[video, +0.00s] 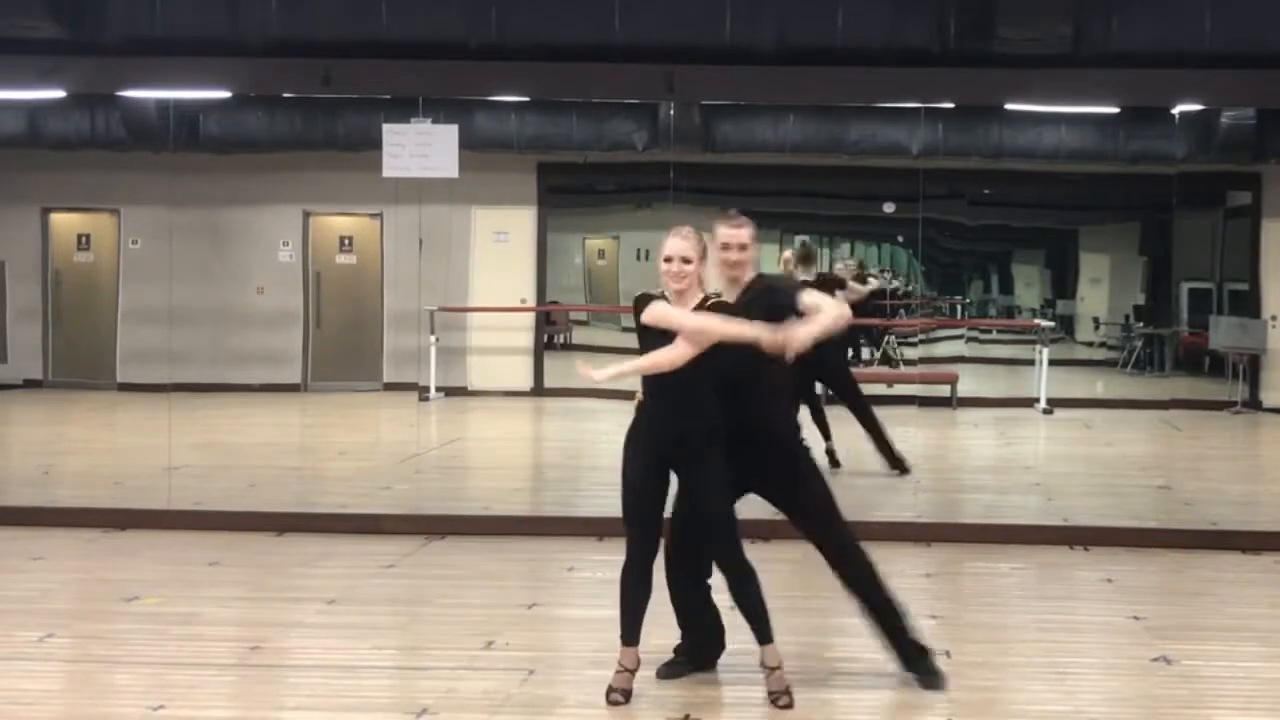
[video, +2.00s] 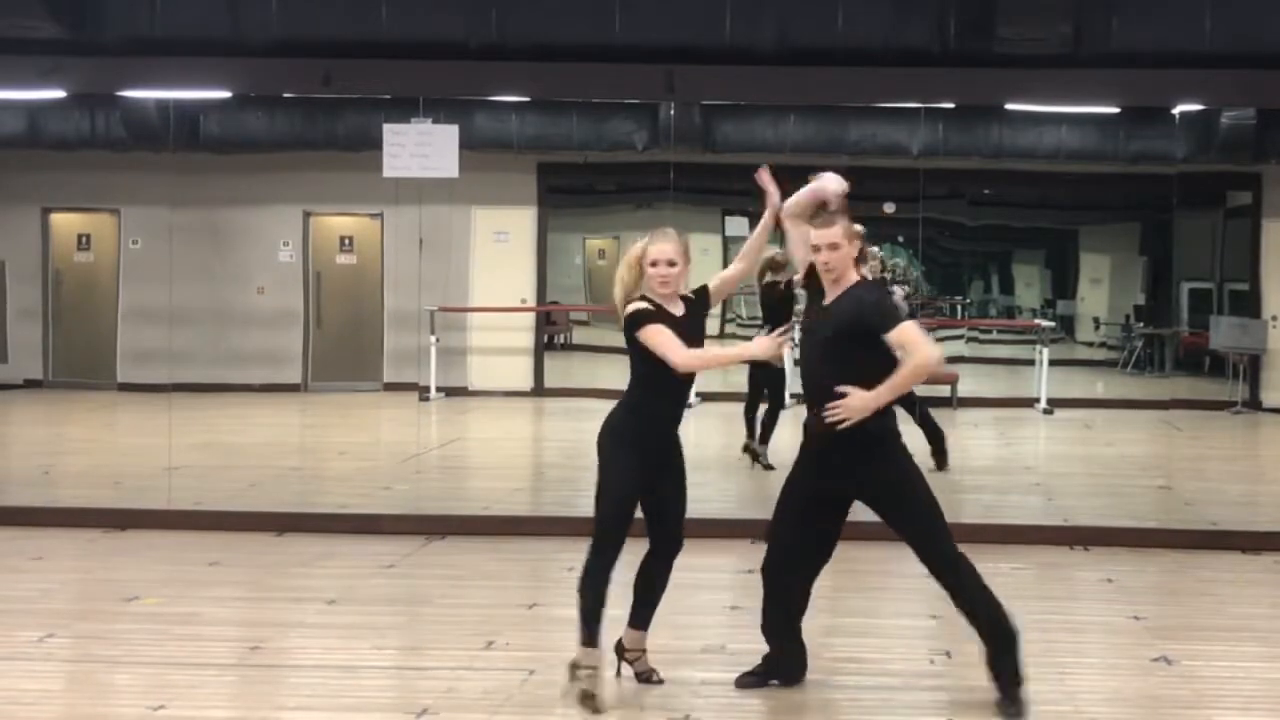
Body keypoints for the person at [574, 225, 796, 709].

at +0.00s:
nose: (676, 269)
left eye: (686, 261)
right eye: (669, 260)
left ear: (701, 265)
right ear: (658, 265)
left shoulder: (718, 312)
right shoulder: (646, 305)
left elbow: (677, 357)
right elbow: (690, 325)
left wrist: (612, 370)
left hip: (701, 444)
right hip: (648, 441)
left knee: (728, 553)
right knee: (640, 551)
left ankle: (770, 657)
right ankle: (627, 657)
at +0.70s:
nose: (704, 264)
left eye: (704, 257)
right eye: (695, 257)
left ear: (694, 268)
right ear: (664, 265)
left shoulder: (711, 304)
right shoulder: (636, 320)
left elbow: (724, 365)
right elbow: (678, 366)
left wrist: (672, 399)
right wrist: (748, 380)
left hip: (695, 443)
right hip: (642, 443)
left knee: (718, 554)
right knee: (636, 551)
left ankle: (760, 655)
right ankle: (624, 657)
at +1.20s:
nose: (680, 274)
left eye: (679, 267)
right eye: (674, 266)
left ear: (651, 270)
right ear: (646, 269)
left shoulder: (670, 318)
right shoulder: (620, 322)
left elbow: (687, 374)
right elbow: (656, 385)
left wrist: (693, 406)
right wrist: (733, 397)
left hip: (667, 450)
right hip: (621, 453)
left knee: (702, 554)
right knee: (627, 557)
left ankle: (738, 657)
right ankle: (613, 660)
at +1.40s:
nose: (680, 266)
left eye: (679, 258)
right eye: (675, 258)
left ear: (641, 262)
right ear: (652, 262)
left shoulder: (622, 309)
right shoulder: (660, 314)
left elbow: (595, 339)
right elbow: (710, 367)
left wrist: (629, 361)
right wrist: (776, 341)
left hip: (632, 440)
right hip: (640, 447)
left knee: (677, 538)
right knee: (637, 551)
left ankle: (633, 640)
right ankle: (601, 658)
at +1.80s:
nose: (694, 270)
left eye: (693, 262)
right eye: (689, 262)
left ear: (656, 268)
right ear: (666, 267)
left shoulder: (633, 313)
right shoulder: (674, 316)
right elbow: (731, 365)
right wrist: (787, 351)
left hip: (627, 440)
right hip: (668, 445)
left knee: (633, 545)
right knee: (660, 554)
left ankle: (608, 647)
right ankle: (628, 659)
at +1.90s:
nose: (691, 270)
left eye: (690, 263)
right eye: (684, 263)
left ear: (663, 269)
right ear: (656, 268)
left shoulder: (667, 306)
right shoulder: (659, 316)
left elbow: (725, 291)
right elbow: (722, 362)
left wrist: (730, 246)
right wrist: (783, 348)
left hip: (647, 438)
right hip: (640, 443)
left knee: (669, 537)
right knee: (648, 548)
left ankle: (620, 642)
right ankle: (615, 657)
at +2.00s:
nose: (665, 271)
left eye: (673, 263)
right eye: (656, 264)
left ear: (685, 267)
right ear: (641, 271)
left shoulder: (696, 303)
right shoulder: (640, 316)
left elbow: (741, 267)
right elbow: (684, 359)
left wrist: (771, 212)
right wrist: (751, 349)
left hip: (663, 441)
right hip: (626, 438)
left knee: (667, 541)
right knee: (608, 539)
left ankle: (634, 641)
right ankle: (587, 650)